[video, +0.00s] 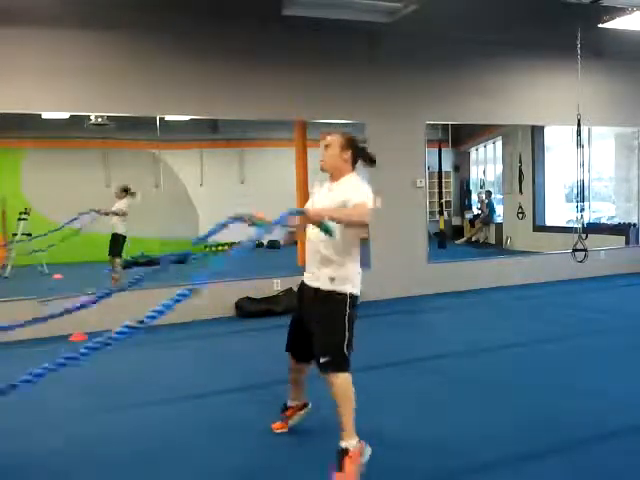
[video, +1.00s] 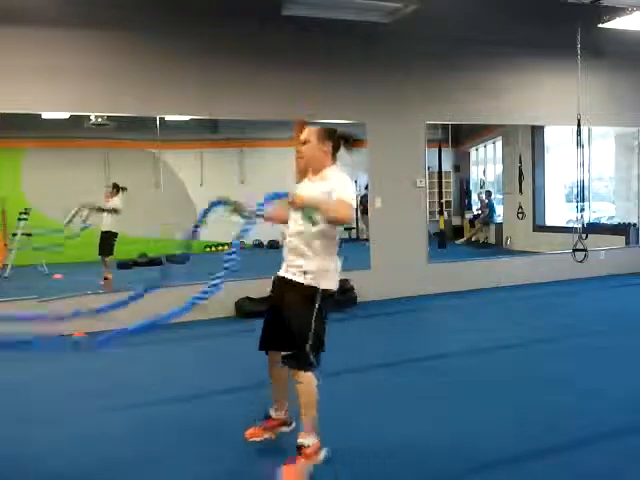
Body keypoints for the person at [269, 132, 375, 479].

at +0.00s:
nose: (321, 155)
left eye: (327, 148)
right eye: (322, 149)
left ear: (347, 154)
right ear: (332, 156)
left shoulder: (357, 188)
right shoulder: (321, 189)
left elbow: (365, 216)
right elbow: (307, 226)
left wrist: (322, 215)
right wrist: (273, 222)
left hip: (339, 289)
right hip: (311, 284)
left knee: (335, 367)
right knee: (298, 355)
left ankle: (350, 443)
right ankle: (296, 403)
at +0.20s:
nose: (323, 153)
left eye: (330, 147)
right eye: (325, 147)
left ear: (352, 154)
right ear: (343, 155)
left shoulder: (358, 189)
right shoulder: (327, 188)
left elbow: (332, 235)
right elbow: (302, 226)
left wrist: (289, 239)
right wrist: (286, 240)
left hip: (338, 288)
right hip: (313, 282)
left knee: (313, 361)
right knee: (295, 356)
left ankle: (324, 437)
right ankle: (309, 428)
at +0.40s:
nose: (327, 158)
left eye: (335, 152)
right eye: (329, 152)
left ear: (353, 162)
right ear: (337, 161)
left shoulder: (359, 196)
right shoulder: (327, 195)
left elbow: (356, 233)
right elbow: (306, 227)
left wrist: (311, 237)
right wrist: (288, 239)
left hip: (339, 298)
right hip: (315, 292)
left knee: (324, 374)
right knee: (304, 369)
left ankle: (325, 440)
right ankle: (309, 430)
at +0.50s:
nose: (329, 144)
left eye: (336, 138)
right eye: (329, 139)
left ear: (355, 144)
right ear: (334, 146)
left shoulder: (362, 170)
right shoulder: (325, 175)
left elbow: (371, 186)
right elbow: (295, 196)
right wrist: (262, 197)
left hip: (341, 278)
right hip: (313, 273)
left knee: (329, 357)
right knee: (302, 346)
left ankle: (340, 428)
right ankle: (307, 405)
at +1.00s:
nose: (299, 148)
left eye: (305, 142)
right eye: (299, 142)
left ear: (327, 148)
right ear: (309, 149)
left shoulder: (339, 182)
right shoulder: (305, 183)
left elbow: (345, 215)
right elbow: (302, 220)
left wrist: (309, 204)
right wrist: (273, 215)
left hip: (314, 281)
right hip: (287, 276)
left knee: (301, 362)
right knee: (274, 351)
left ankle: (309, 439)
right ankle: (279, 416)